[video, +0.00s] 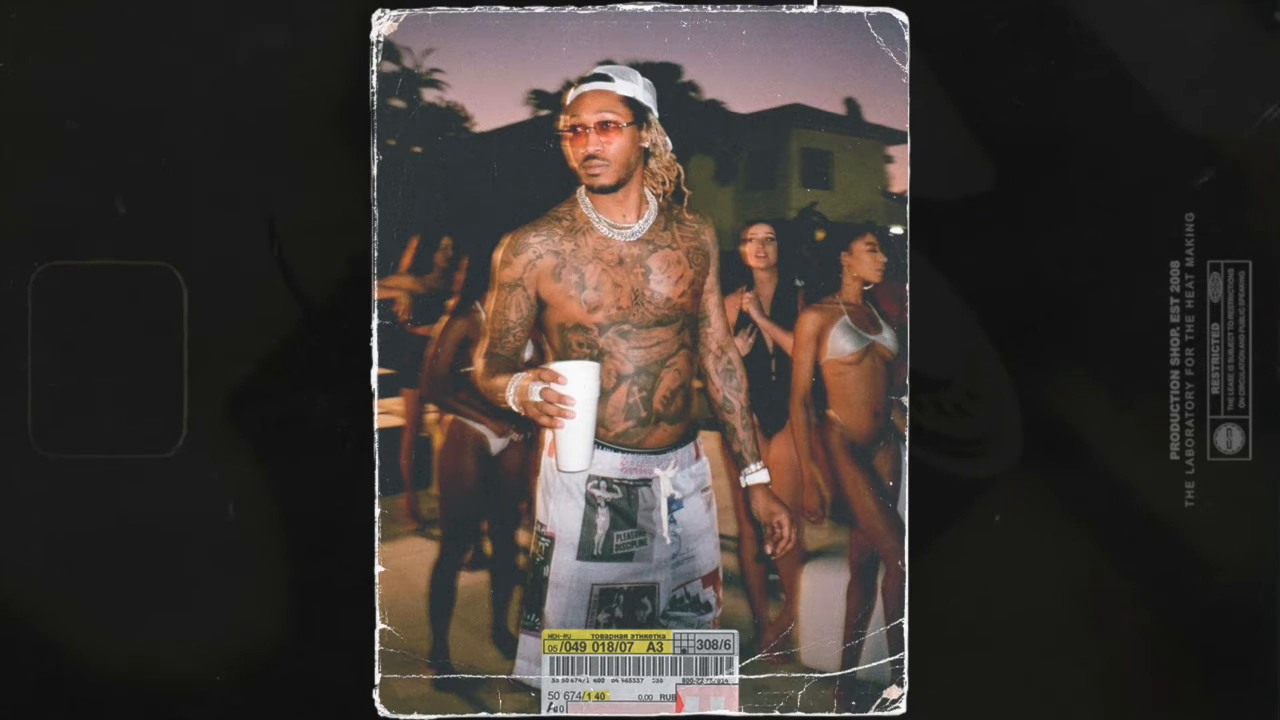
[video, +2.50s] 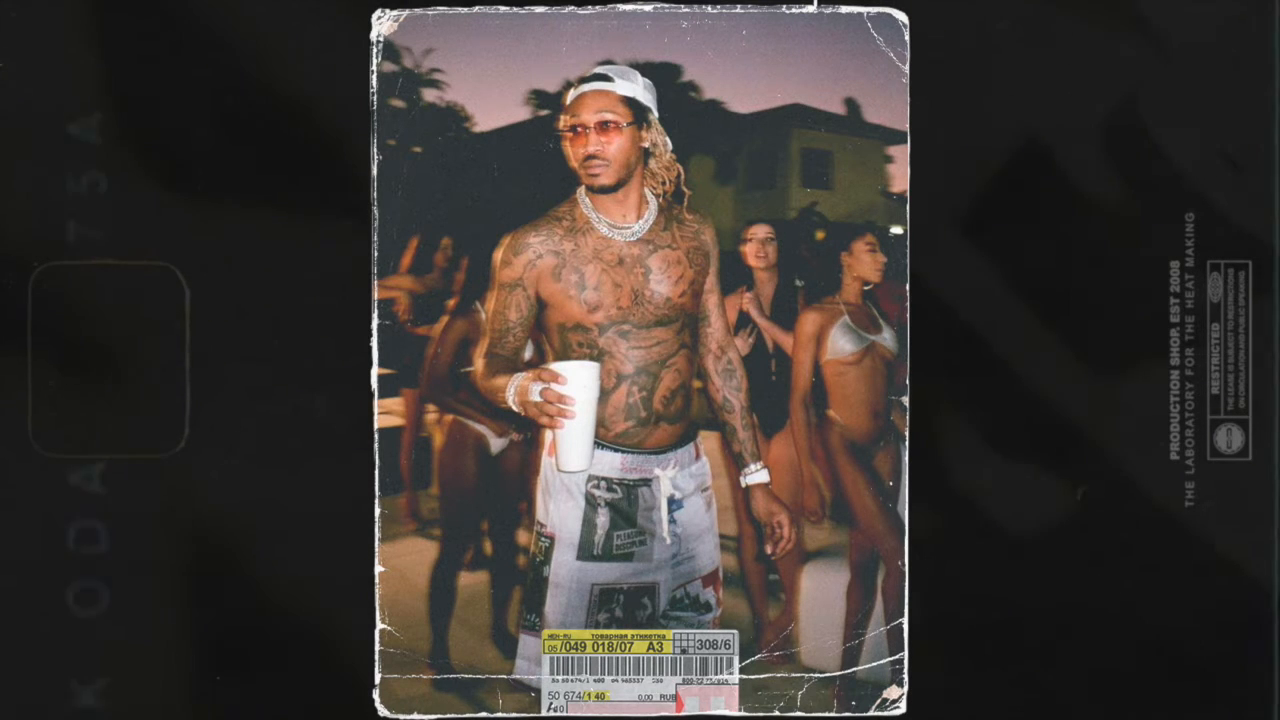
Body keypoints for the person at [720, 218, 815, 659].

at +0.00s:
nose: (759, 249)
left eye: (767, 242)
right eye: (751, 242)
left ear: (781, 249)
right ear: (741, 250)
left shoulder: (797, 296)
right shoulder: (730, 300)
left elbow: (803, 351)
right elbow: (714, 364)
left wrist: (761, 317)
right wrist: (735, 342)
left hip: (784, 419)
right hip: (739, 420)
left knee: (783, 521)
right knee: (748, 525)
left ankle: (794, 612)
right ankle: (762, 621)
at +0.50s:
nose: (759, 249)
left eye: (767, 242)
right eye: (752, 242)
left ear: (781, 249)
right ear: (740, 250)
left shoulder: (797, 296)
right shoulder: (731, 300)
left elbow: (803, 351)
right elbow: (714, 365)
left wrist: (761, 318)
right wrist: (735, 344)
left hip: (784, 420)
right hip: (739, 421)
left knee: (783, 521)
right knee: (748, 526)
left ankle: (793, 613)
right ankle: (762, 621)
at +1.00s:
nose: (760, 249)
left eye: (768, 241)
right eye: (752, 242)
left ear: (781, 249)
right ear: (741, 250)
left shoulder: (798, 296)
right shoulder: (731, 300)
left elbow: (804, 352)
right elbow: (714, 364)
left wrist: (762, 319)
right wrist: (733, 344)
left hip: (784, 419)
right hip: (738, 420)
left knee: (785, 521)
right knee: (749, 527)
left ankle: (794, 613)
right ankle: (763, 623)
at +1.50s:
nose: (760, 249)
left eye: (768, 242)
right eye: (752, 242)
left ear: (781, 249)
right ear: (741, 250)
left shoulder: (798, 296)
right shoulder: (731, 300)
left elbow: (804, 352)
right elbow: (713, 364)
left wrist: (762, 319)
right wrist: (733, 348)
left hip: (784, 419)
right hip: (739, 420)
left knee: (784, 521)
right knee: (749, 526)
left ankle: (793, 613)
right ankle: (763, 622)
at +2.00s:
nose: (760, 249)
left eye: (768, 242)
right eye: (752, 242)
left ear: (781, 249)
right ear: (741, 250)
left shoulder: (798, 296)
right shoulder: (731, 301)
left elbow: (804, 352)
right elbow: (713, 365)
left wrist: (761, 319)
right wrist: (733, 348)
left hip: (784, 419)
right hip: (739, 420)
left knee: (784, 521)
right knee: (749, 527)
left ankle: (793, 613)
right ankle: (762, 622)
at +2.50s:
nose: (760, 249)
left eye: (768, 241)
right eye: (752, 241)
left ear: (781, 249)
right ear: (741, 250)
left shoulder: (797, 295)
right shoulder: (731, 299)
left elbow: (803, 352)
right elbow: (714, 363)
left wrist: (761, 317)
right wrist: (735, 339)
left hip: (784, 419)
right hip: (738, 421)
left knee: (784, 521)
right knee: (748, 526)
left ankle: (793, 614)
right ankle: (762, 623)